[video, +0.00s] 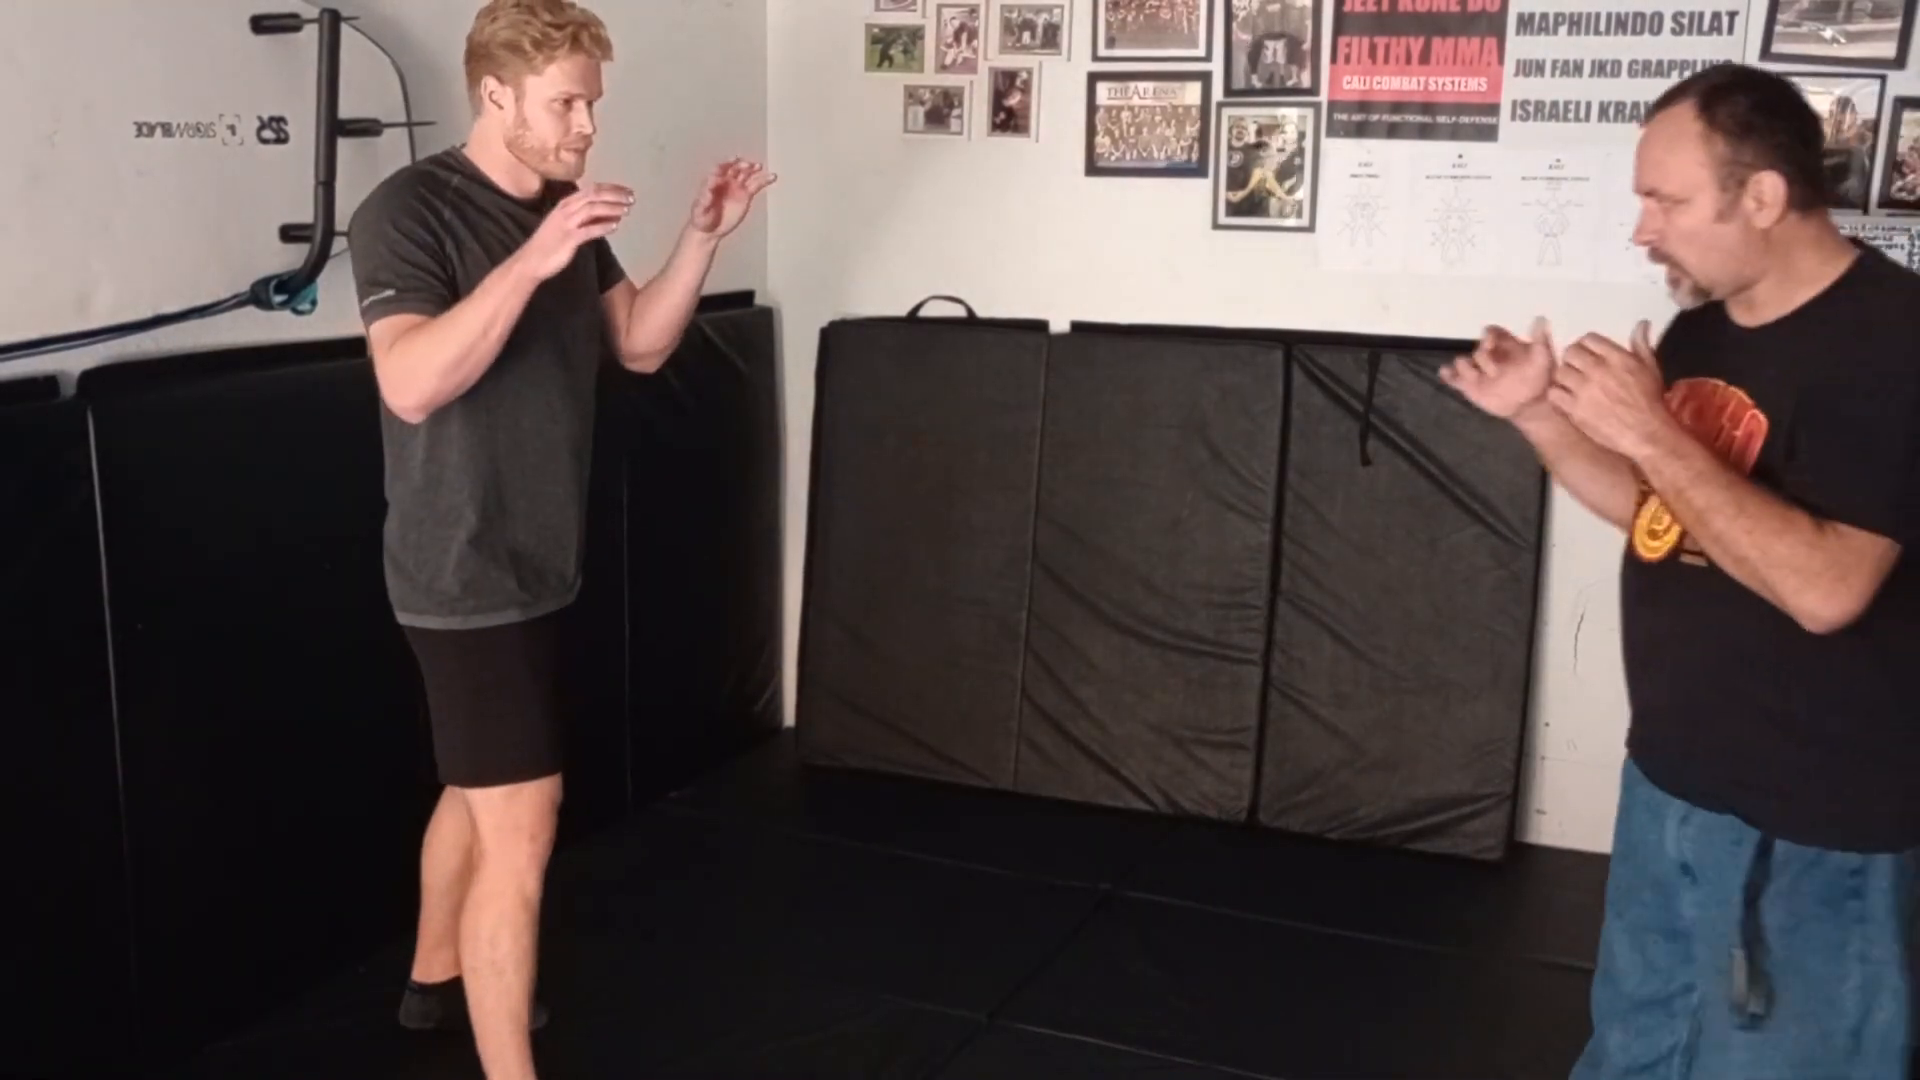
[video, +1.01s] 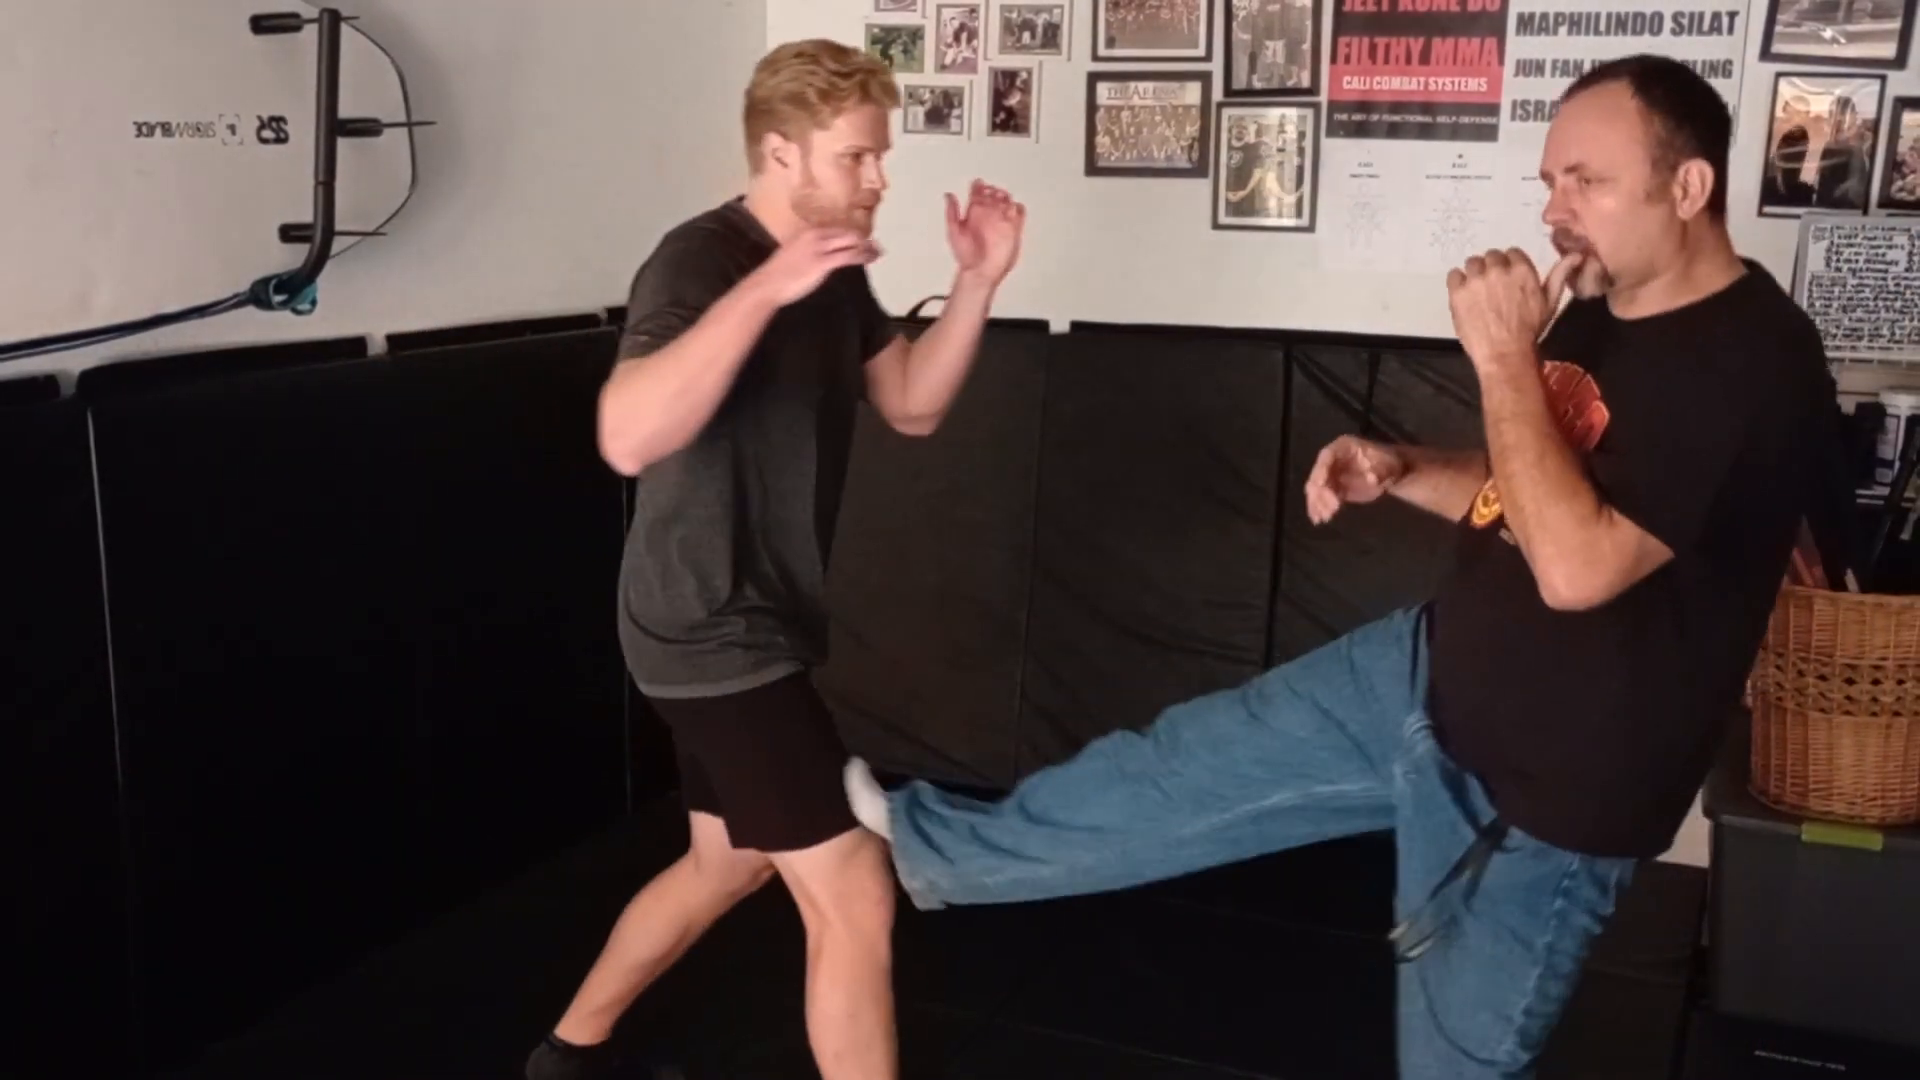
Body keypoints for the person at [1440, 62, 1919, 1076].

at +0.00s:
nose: (1643, 230)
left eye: (1664, 201)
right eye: (1644, 200)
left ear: (1763, 200)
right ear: (1752, 202)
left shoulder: (1895, 337)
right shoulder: (1700, 329)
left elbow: (1829, 588)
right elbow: (1655, 510)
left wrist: (1652, 434)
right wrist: (1539, 415)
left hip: (1842, 831)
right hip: (1673, 792)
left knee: (1819, 1065)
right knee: (1636, 1056)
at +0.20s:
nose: (1579, 234)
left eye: (1599, 206)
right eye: (1577, 206)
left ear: (1696, 199)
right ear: (1682, 203)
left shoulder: (1853, 332)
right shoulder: (1639, 329)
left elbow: (1802, 584)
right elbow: (1579, 513)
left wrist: (1608, 454)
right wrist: (1463, 427)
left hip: (1753, 825)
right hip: (1614, 792)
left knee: (1688, 1063)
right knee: (1596, 1055)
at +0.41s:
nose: (1582, 254)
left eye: (1601, 223)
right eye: (1584, 221)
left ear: (1696, 223)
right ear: (1689, 226)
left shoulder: (1839, 386)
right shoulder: (1663, 337)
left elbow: (1737, 633)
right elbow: (1610, 545)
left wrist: (1559, 477)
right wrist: (1479, 477)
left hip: (1679, 860)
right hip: (1539, 765)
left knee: (1628, 1065)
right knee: (1376, 921)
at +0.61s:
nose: (1591, 211)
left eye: (1611, 181)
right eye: (1587, 184)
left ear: (1709, 179)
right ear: (1709, 177)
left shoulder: (1789, 339)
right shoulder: (1701, 283)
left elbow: (1589, 522)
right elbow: (1640, 435)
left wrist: (1541, 313)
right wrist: (1523, 416)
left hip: (1576, 794)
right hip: (1484, 627)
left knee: (1509, 1062)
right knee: (1235, 658)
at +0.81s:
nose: (1574, 246)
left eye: (1602, 221)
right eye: (1575, 214)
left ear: (1705, 230)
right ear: (1669, 225)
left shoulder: (1785, 414)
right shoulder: (1625, 342)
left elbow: (1588, 600)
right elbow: (1546, 517)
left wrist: (1523, 388)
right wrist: (1409, 493)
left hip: (1503, 848)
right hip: (1412, 663)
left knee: (1418, 1069)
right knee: (1145, 688)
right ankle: (861, 781)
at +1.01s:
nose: (1554, 212)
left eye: (1582, 183)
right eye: (1552, 182)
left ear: (1690, 189)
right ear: (1671, 189)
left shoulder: (1767, 374)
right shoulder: (1600, 308)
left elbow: (1584, 568)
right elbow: (1533, 493)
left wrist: (1505, 361)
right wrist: (1402, 472)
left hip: (1539, 829)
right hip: (1428, 677)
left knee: (1454, 1063)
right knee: (1175, 772)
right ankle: (931, 850)